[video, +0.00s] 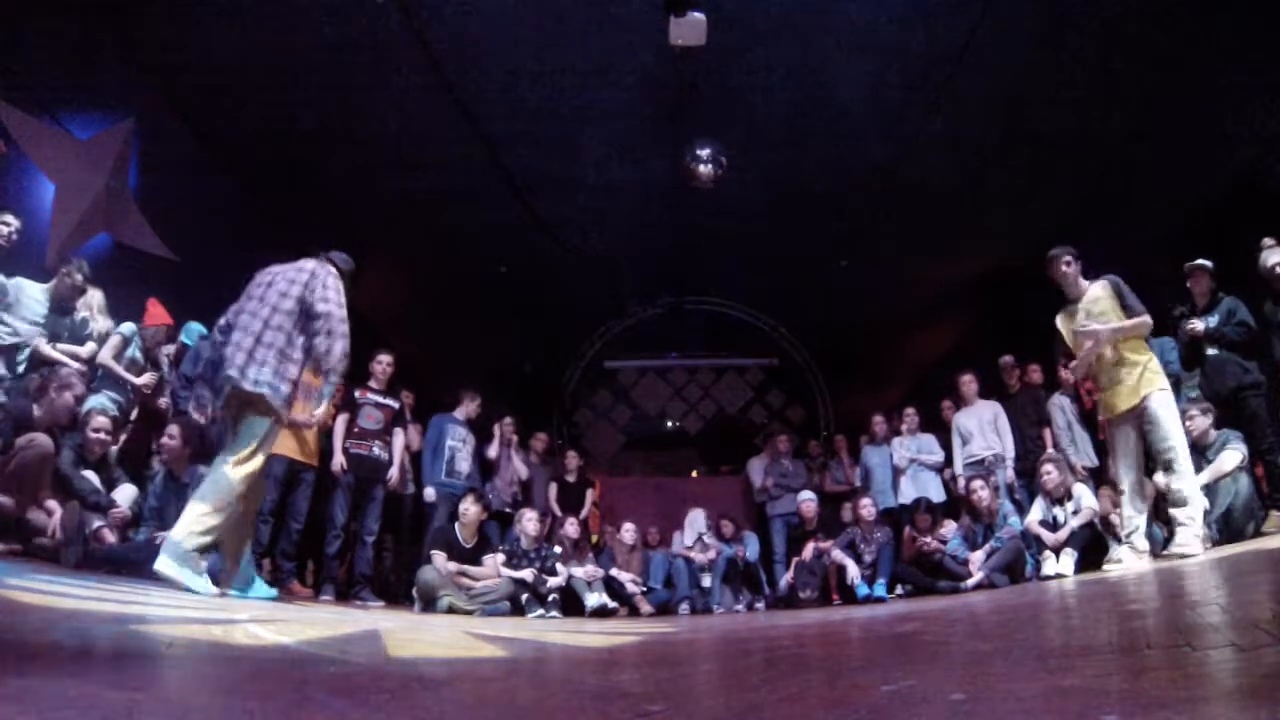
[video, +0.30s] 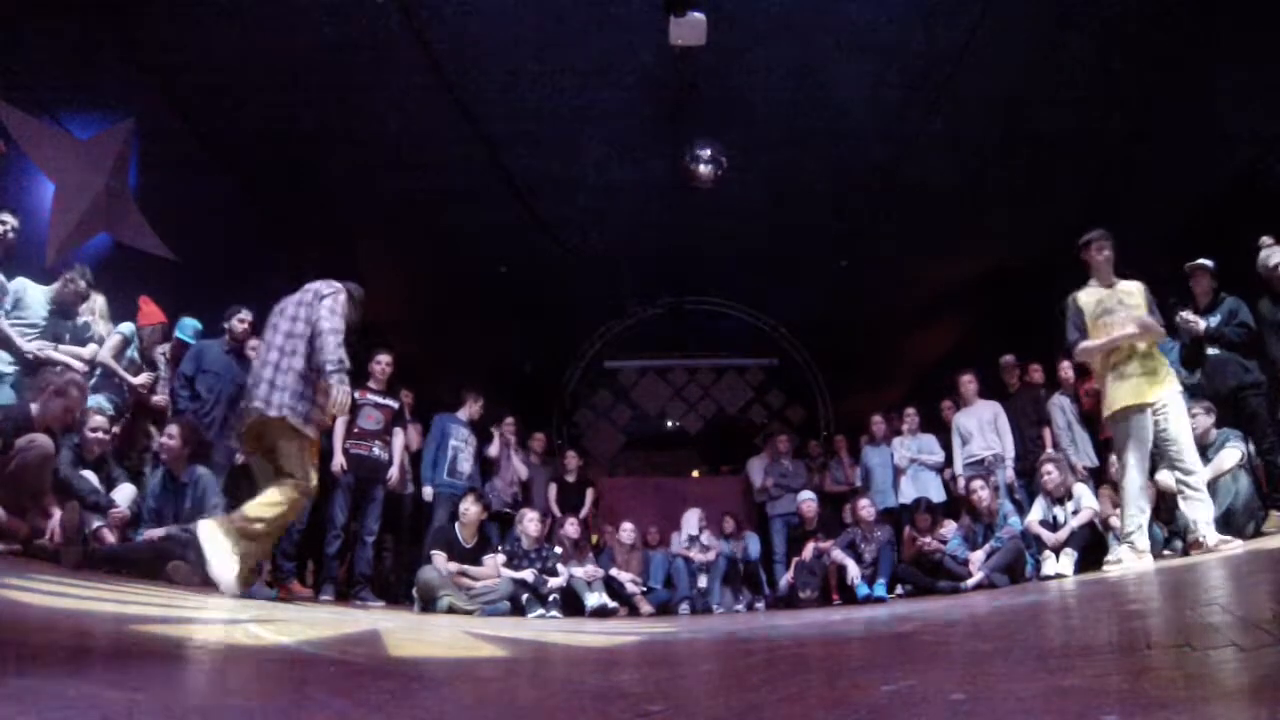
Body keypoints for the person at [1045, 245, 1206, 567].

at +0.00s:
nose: (1064, 270)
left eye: (1067, 263)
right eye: (1057, 268)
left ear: (1078, 266)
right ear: (1053, 278)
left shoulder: (1110, 286)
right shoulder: (1063, 319)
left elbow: (1145, 323)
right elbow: (1077, 371)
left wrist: (1108, 331)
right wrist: (1091, 346)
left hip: (1146, 378)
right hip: (1113, 394)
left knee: (1172, 453)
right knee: (1126, 472)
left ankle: (1190, 532)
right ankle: (1135, 544)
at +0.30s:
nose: (1101, 253)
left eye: (1105, 247)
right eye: (1095, 249)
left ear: (1114, 252)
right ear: (1085, 256)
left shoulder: (1137, 288)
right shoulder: (1079, 301)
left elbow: (1161, 333)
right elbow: (1079, 351)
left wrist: (1147, 325)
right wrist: (1120, 338)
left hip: (1160, 380)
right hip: (1123, 387)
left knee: (1187, 459)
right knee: (1134, 469)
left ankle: (1205, 532)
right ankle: (1136, 545)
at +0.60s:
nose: (1145, 241)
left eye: (1147, 236)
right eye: (1139, 236)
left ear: (1149, 240)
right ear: (1123, 239)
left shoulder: (1156, 282)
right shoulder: (1108, 278)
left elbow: (1165, 325)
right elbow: (1108, 327)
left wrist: (1184, 336)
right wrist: (1140, 357)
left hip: (1177, 373)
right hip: (1148, 377)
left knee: (1198, 448)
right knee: (1175, 447)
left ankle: (1203, 529)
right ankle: (1157, 522)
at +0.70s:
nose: (1153, 235)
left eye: (1155, 230)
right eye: (1147, 230)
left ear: (1156, 234)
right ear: (1130, 233)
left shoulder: (1159, 276)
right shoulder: (1116, 272)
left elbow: (1166, 324)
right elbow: (1114, 321)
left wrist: (1186, 336)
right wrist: (1130, 372)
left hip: (1177, 360)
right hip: (1152, 364)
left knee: (1199, 437)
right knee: (1204, 422)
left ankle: (1199, 527)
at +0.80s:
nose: (1159, 229)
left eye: (1160, 223)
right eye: (1152, 223)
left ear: (1158, 227)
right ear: (1135, 227)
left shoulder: (1162, 270)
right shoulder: (1123, 267)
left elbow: (1177, 315)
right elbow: (1116, 320)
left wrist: (1196, 338)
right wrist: (1117, 372)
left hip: (1187, 358)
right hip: (1165, 363)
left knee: (1199, 441)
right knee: (1222, 427)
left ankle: (1202, 524)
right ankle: (1233, 516)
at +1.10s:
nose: (1169, 207)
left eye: (1170, 201)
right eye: (1162, 201)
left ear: (1170, 206)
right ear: (1144, 207)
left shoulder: (1179, 249)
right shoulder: (1136, 249)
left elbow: (1202, 295)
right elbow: (1137, 300)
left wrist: (1224, 326)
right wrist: (1146, 349)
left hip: (1222, 337)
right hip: (1192, 343)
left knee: (1246, 430)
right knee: (1235, 431)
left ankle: (1217, 520)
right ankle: (1267, 515)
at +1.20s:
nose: (1172, 203)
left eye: (1172, 197)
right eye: (1164, 198)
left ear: (1174, 201)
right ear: (1146, 204)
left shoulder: (1187, 244)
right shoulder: (1141, 247)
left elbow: (1208, 286)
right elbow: (1152, 297)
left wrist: (1231, 322)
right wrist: (1177, 343)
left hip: (1232, 330)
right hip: (1201, 337)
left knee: (1271, 412)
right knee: (1241, 425)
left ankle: (1244, 496)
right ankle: (1266, 513)